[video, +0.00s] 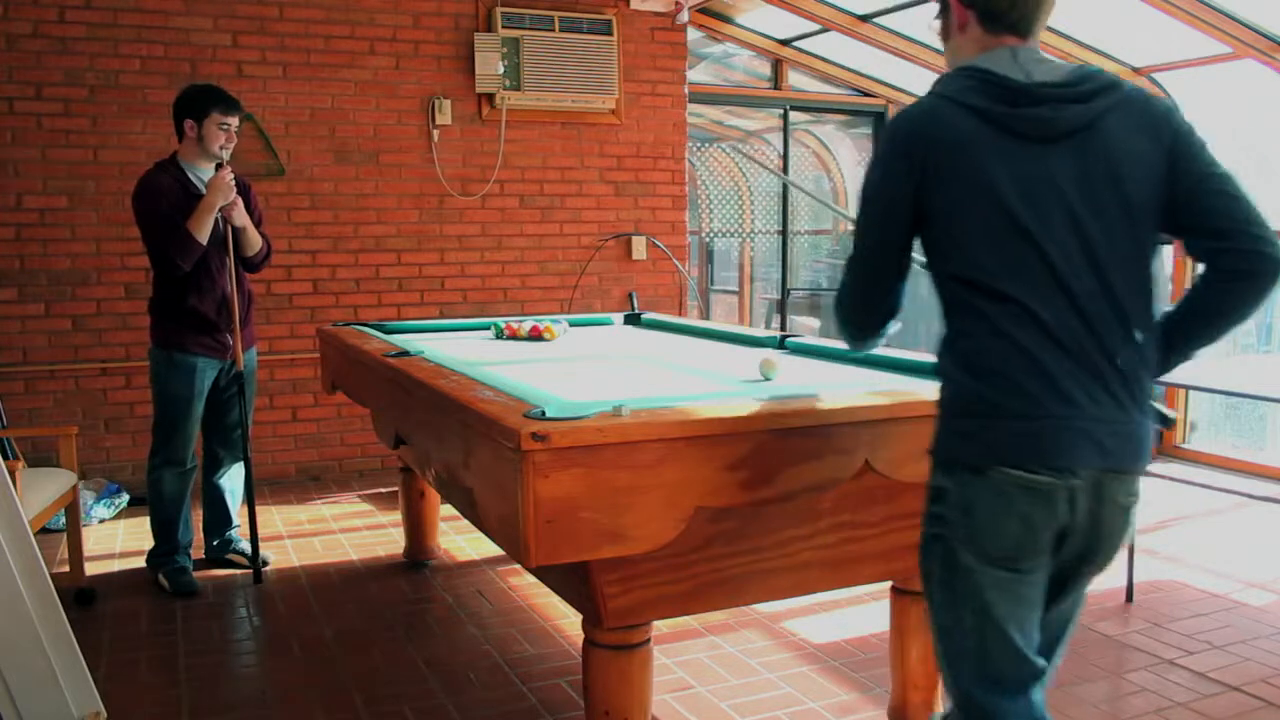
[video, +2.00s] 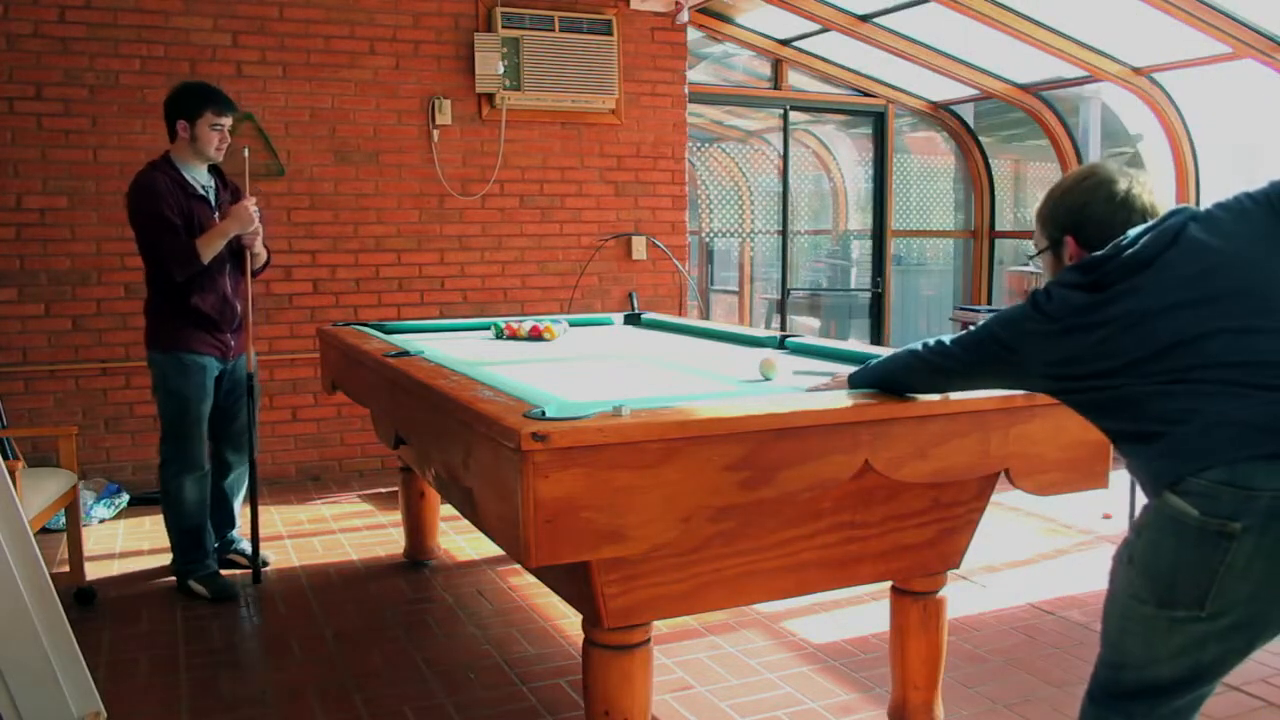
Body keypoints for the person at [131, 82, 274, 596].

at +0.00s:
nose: (231, 138)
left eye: (235, 129)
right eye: (223, 128)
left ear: (236, 133)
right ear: (190, 128)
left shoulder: (235, 184)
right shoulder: (156, 187)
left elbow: (257, 261)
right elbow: (176, 261)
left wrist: (242, 221)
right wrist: (209, 204)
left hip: (238, 339)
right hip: (184, 341)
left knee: (229, 450)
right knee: (176, 455)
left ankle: (223, 542)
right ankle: (171, 558)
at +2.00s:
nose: (226, 137)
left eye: (229, 128)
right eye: (217, 127)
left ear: (224, 133)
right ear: (183, 129)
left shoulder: (223, 187)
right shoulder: (152, 186)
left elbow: (255, 265)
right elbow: (176, 265)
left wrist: (255, 241)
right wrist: (229, 226)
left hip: (231, 339)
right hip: (183, 341)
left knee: (233, 452)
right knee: (188, 457)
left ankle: (224, 541)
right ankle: (193, 566)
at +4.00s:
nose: (243, 141)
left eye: (247, 132)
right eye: (234, 131)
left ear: (246, 137)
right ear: (202, 130)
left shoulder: (239, 188)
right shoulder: (168, 189)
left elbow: (263, 267)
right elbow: (188, 267)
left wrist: (268, 248)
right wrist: (243, 227)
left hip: (243, 340)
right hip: (199, 342)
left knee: (237, 452)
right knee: (199, 457)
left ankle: (231, 545)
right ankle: (193, 564)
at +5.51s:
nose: (245, 143)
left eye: (249, 134)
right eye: (236, 132)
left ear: (249, 138)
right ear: (204, 130)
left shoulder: (241, 192)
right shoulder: (173, 185)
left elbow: (257, 269)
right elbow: (198, 265)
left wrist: (272, 247)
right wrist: (252, 228)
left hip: (245, 342)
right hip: (203, 343)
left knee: (238, 453)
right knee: (201, 457)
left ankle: (230, 545)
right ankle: (192, 564)